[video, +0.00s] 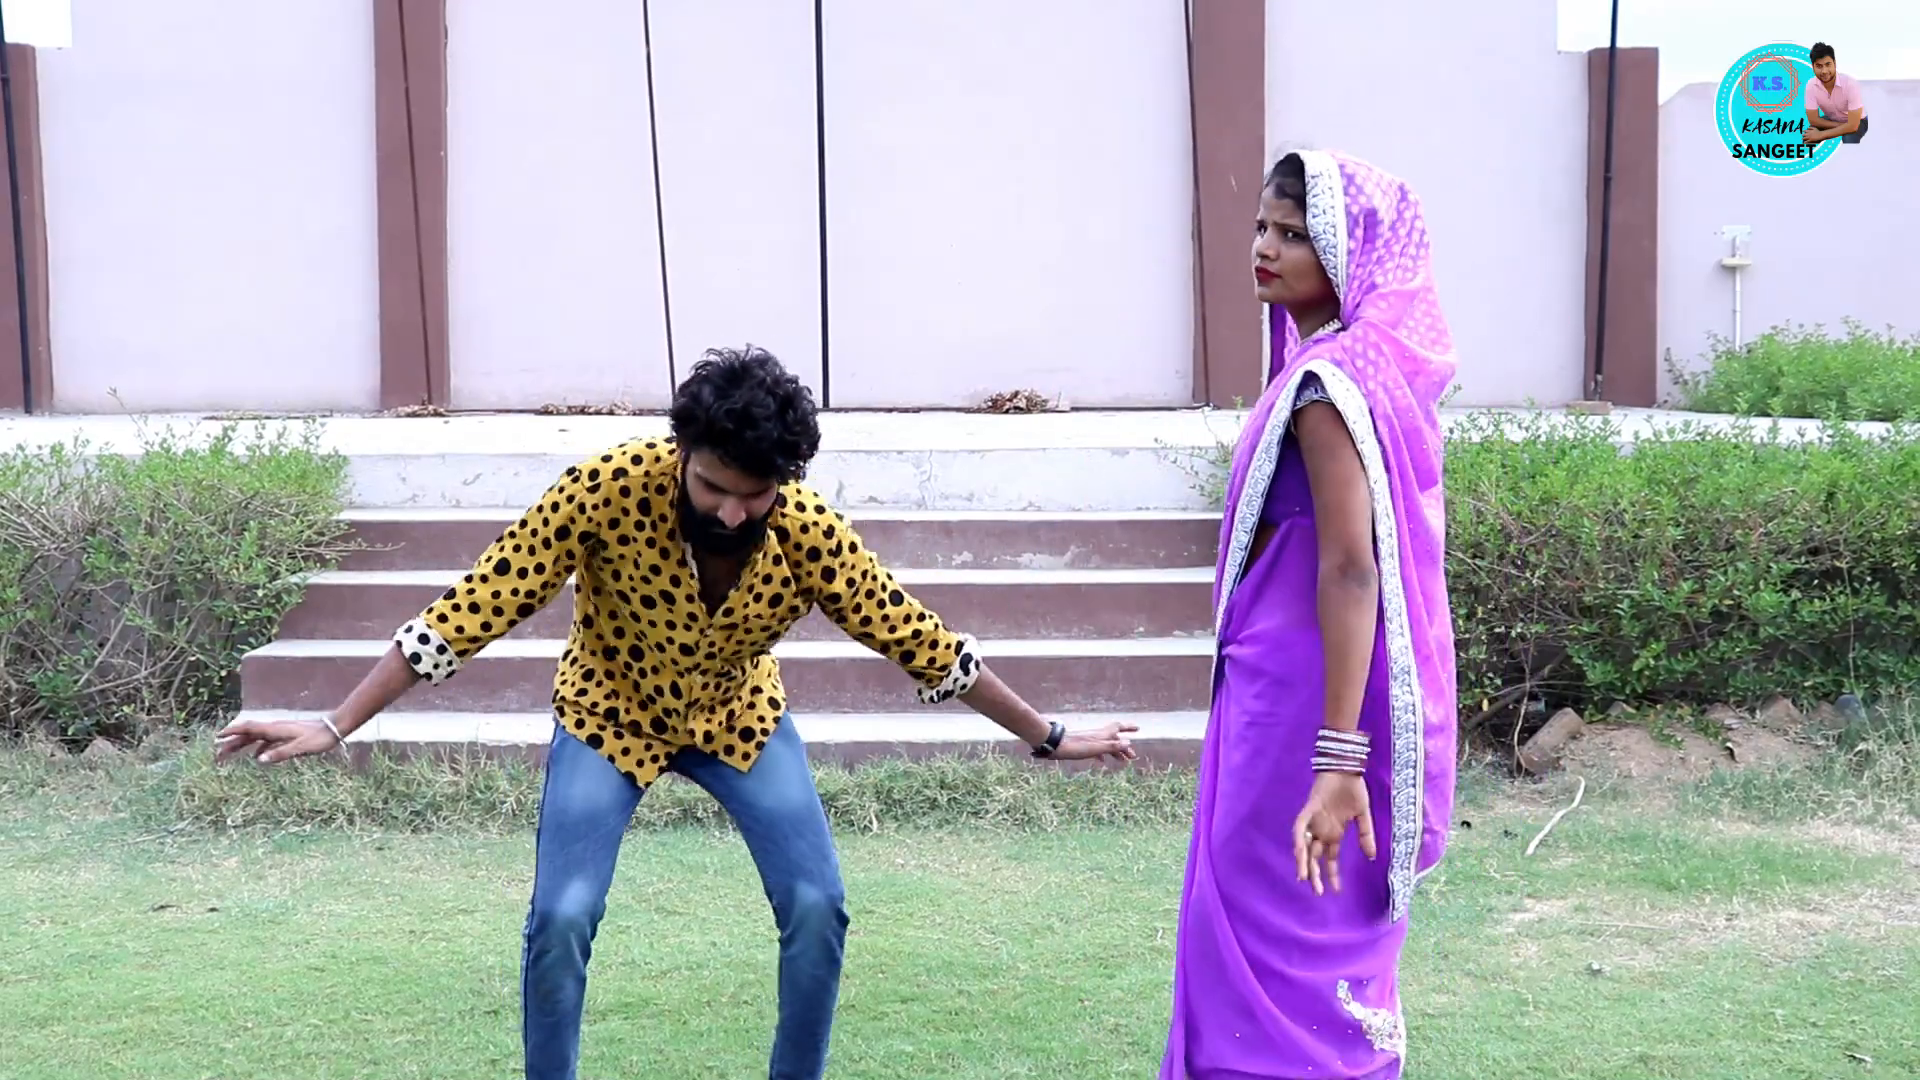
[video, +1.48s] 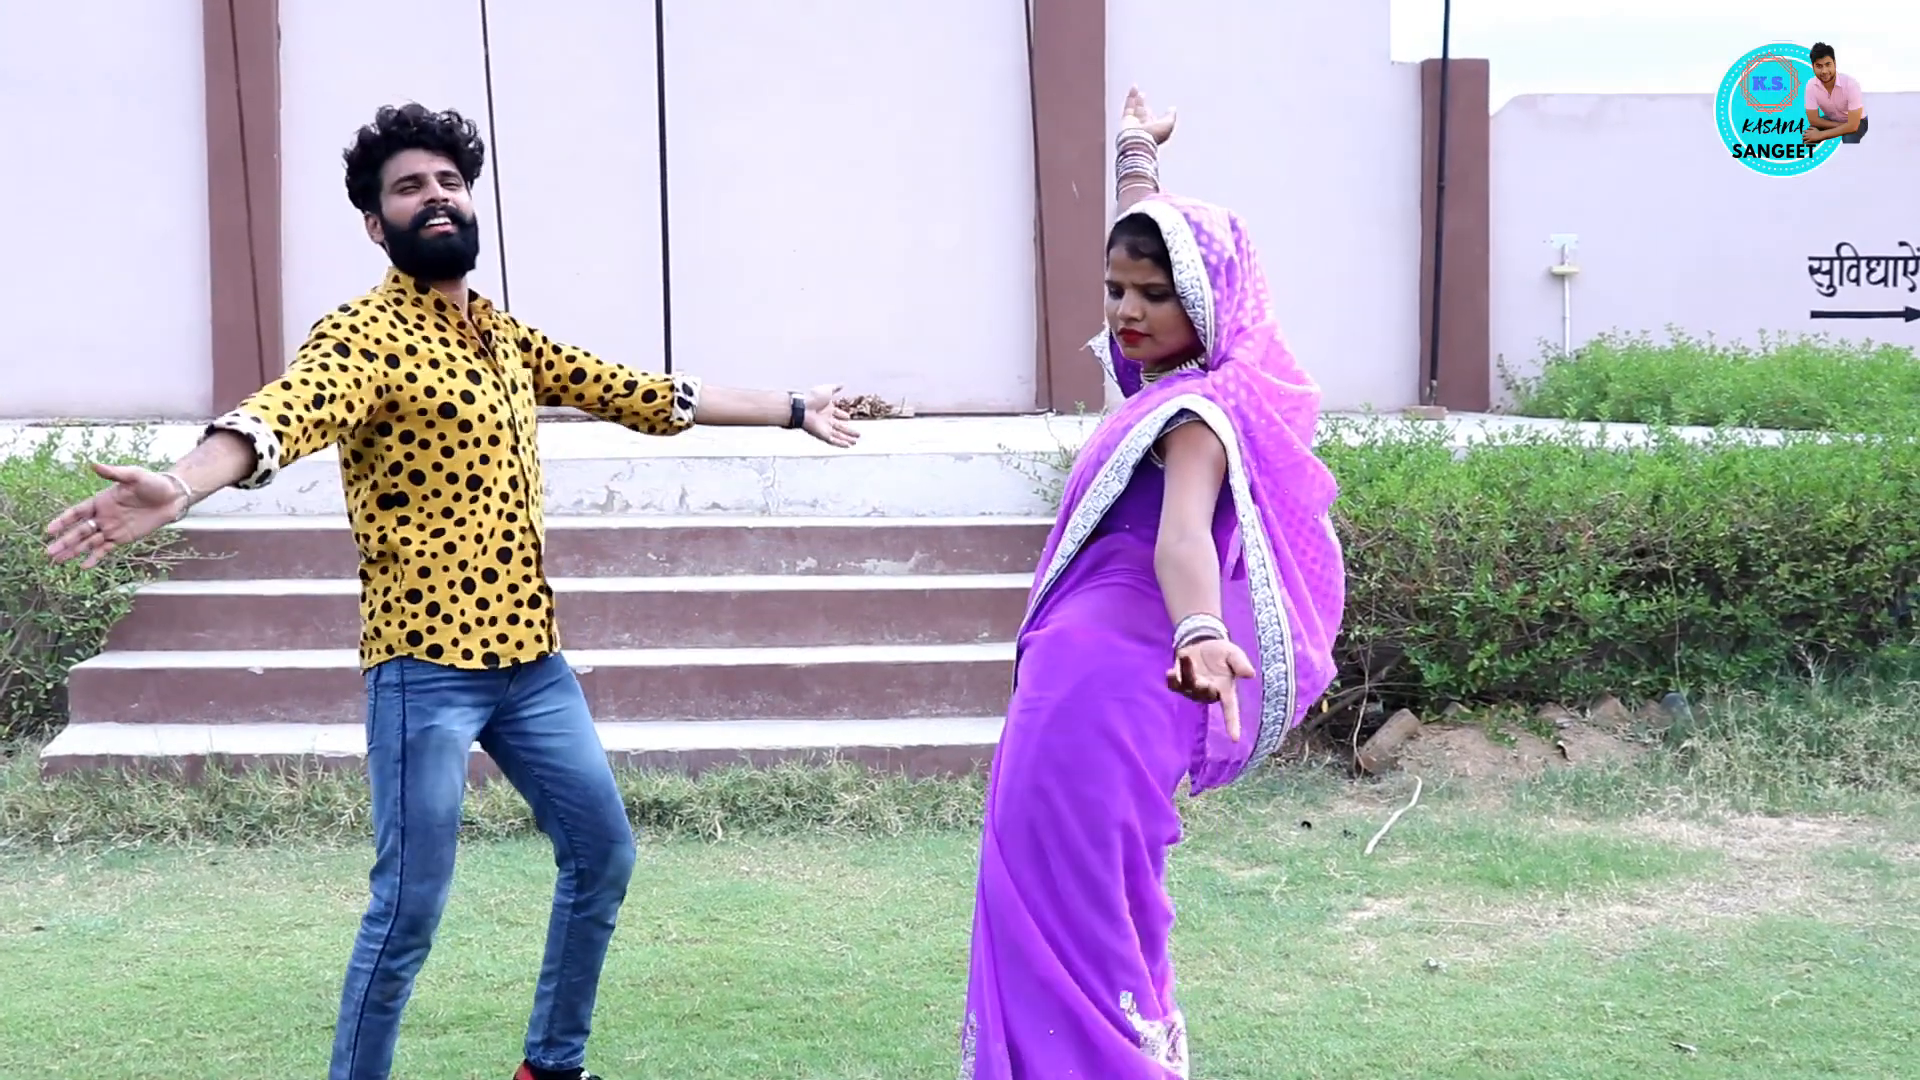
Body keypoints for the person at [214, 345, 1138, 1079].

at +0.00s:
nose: (734, 511)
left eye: (757, 496)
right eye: (717, 487)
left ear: (786, 474)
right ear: (681, 445)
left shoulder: (805, 528)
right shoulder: (610, 488)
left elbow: (917, 641)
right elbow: (477, 605)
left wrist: (1044, 734)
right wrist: (332, 723)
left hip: (738, 712)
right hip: (607, 711)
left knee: (818, 906)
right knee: (561, 916)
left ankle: (794, 1078)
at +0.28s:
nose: (713, 498)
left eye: (739, 487)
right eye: (703, 476)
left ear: (789, 470)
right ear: (688, 443)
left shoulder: (813, 468)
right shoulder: (627, 512)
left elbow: (869, 565)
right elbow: (449, 587)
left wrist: (967, 660)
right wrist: (269, 651)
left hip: (705, 648)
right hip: (585, 651)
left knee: (781, 833)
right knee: (555, 873)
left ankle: (759, 1058)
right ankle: (534, 1068)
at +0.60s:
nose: (707, 478)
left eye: (732, 465)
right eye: (693, 455)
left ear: (767, 442)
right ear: (669, 417)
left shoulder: (779, 455)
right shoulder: (607, 479)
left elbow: (837, 565)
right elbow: (454, 596)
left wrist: (935, 651)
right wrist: (268, 697)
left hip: (660, 662)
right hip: (547, 656)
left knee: (743, 845)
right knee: (546, 876)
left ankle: (711, 1062)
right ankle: (509, 1071)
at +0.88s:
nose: (630, 370)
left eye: (655, 353)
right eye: (611, 346)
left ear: (682, 353)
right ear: (579, 333)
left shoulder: (694, 444)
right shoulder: (510, 423)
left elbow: (781, 542)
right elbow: (434, 569)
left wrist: (894, 613)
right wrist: (367, 712)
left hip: (603, 681)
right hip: (497, 678)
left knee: (720, 872)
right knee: (519, 914)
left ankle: (644, 1064)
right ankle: (459, 1073)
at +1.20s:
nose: (486, 223)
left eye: (503, 205)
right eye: (463, 206)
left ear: (527, 218)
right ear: (426, 222)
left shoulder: (538, 343)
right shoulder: (397, 336)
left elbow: (658, 419)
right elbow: (290, 455)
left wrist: (787, 468)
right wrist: (176, 558)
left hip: (540, 661)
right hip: (434, 665)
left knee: (614, 854)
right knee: (428, 907)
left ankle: (552, 1061)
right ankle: (363, 1070)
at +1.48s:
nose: (438, 202)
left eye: (452, 183)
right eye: (411, 189)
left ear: (477, 201)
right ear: (375, 220)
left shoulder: (507, 339)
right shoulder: (364, 337)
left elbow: (648, 396)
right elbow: (270, 422)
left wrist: (794, 406)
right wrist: (180, 486)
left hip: (530, 662)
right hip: (423, 671)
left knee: (604, 856)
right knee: (408, 912)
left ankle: (553, 1062)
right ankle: (355, 1070)